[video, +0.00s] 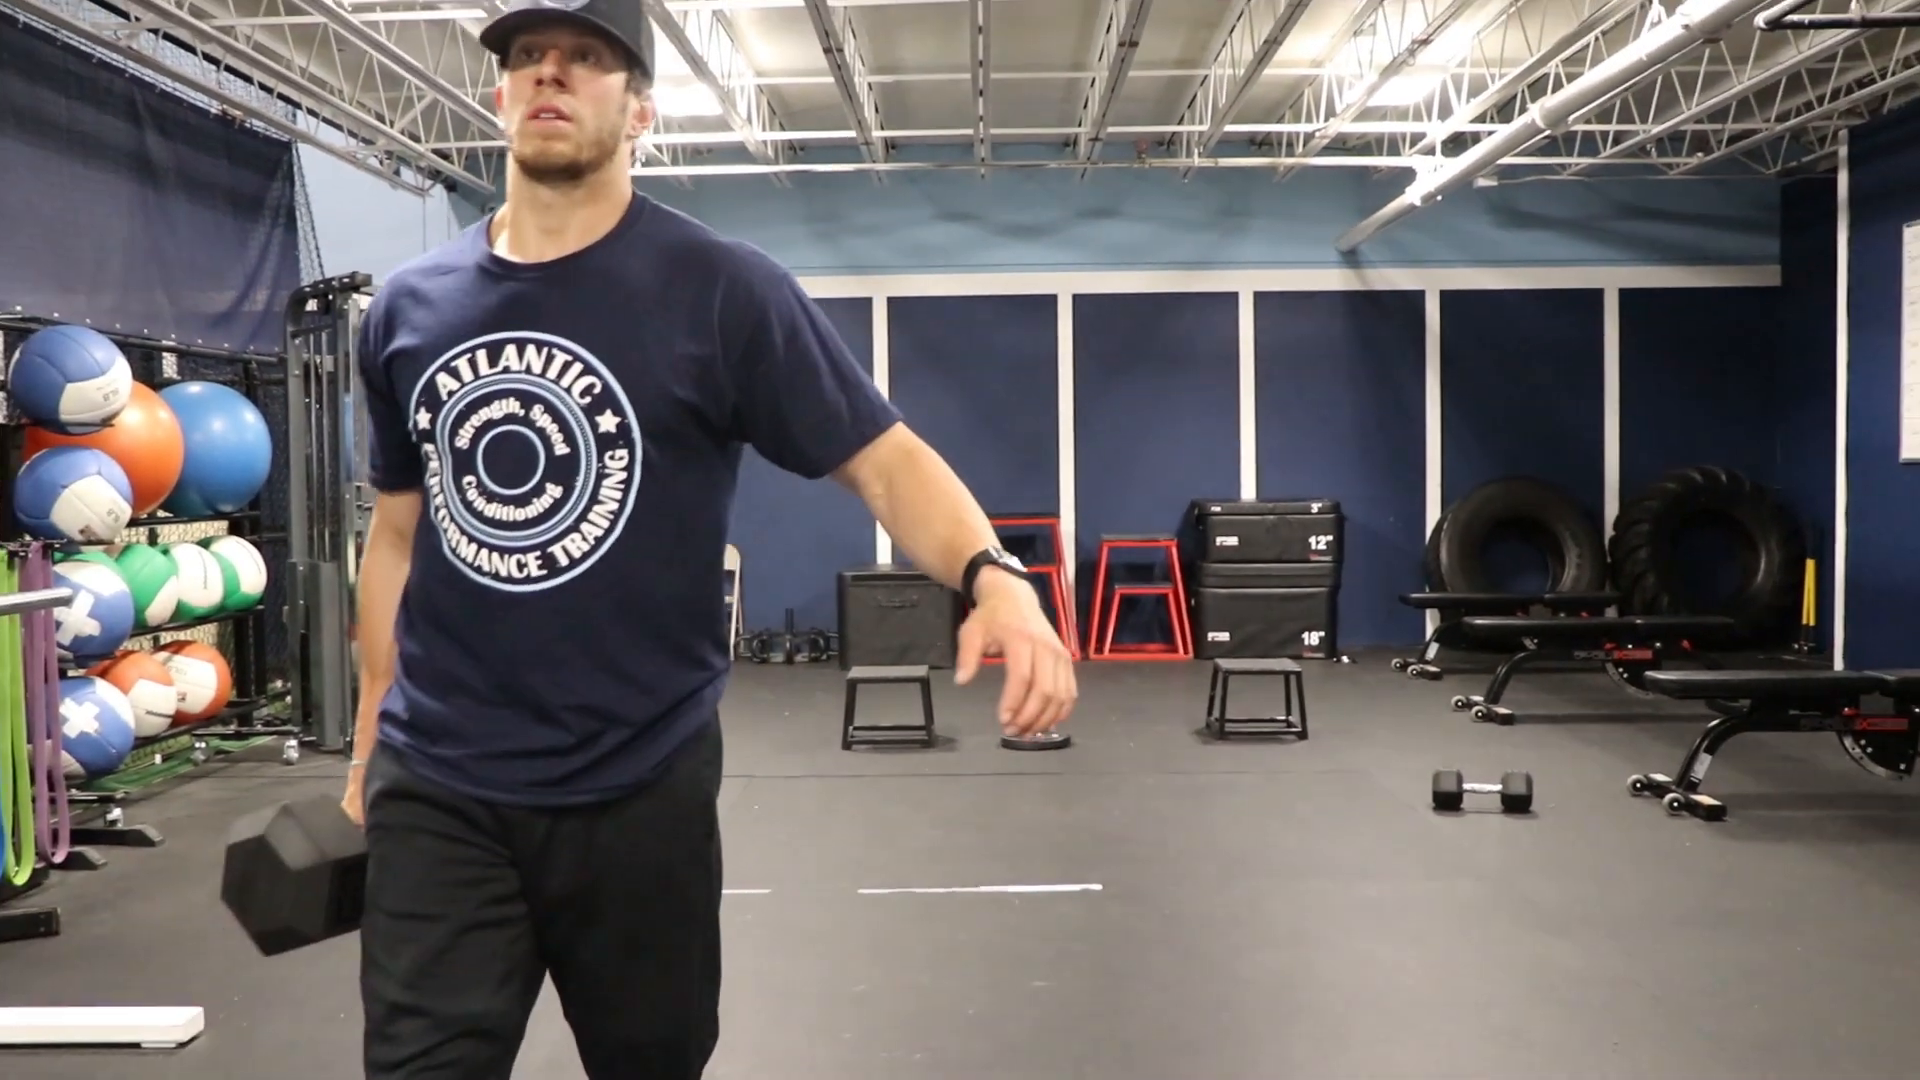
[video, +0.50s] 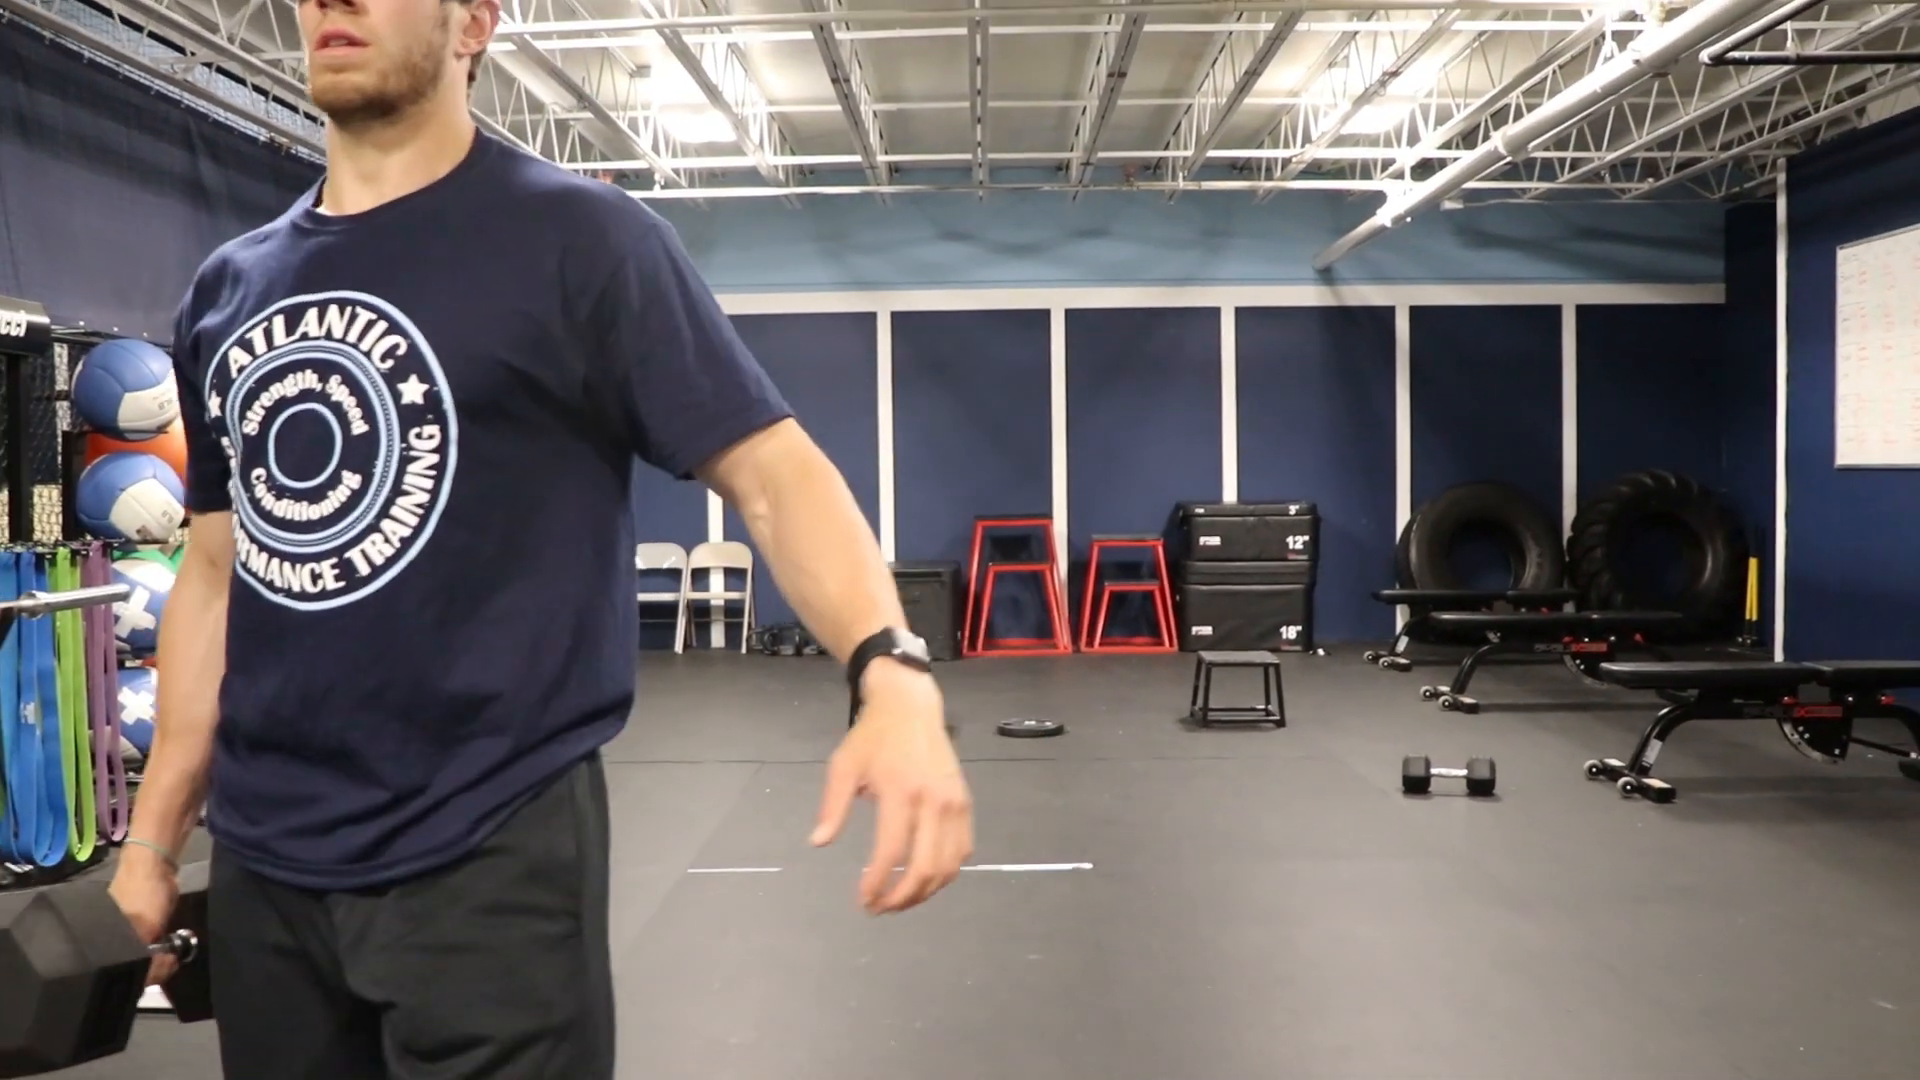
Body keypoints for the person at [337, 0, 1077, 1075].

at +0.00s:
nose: (551, 77)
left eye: (584, 61)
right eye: (529, 60)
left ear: (637, 111)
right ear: (498, 99)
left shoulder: (721, 290)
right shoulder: (408, 307)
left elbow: (882, 455)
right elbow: (395, 538)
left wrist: (996, 578)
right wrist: (371, 751)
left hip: (639, 782)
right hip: (439, 777)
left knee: (650, 1068)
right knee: (418, 1066)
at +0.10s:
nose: (505, 75)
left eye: (540, 59)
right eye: (482, 61)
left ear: (603, 109)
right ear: (455, 106)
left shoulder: (694, 294)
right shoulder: (365, 322)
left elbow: (862, 467)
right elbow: (358, 556)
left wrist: (982, 601)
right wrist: (340, 771)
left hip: (623, 807)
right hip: (414, 807)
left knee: (645, 1066)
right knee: (411, 1064)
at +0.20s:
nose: (445, 49)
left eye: (486, 31)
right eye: (421, 31)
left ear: (549, 88)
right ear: (392, 85)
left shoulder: (658, 281)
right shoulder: (316, 322)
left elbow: (834, 469)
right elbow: (314, 573)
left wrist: (977, 629)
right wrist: (298, 800)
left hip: (591, 828)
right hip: (370, 825)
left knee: (622, 1066)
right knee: (360, 1063)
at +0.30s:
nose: (392, 24)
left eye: (438, 7)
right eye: (371, 9)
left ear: (508, 65)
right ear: (344, 56)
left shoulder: (624, 264)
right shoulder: (276, 308)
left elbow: (816, 461)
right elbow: (277, 568)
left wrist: (972, 638)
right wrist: (251, 825)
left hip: (558, 840)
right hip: (330, 844)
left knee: (606, 1069)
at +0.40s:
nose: (356, 9)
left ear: (485, 38)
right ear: (315, 34)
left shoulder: (601, 250)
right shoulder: (247, 295)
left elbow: (789, 461)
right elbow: (238, 570)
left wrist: (944, 654)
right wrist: (202, 825)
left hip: (526, 846)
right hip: (292, 851)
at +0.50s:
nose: (334, 2)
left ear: (472, 22)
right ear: (299, 24)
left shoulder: (583, 243)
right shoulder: (227, 289)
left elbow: (772, 471)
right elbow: (210, 575)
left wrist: (894, 682)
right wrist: (150, 842)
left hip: (491, 854)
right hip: (269, 864)